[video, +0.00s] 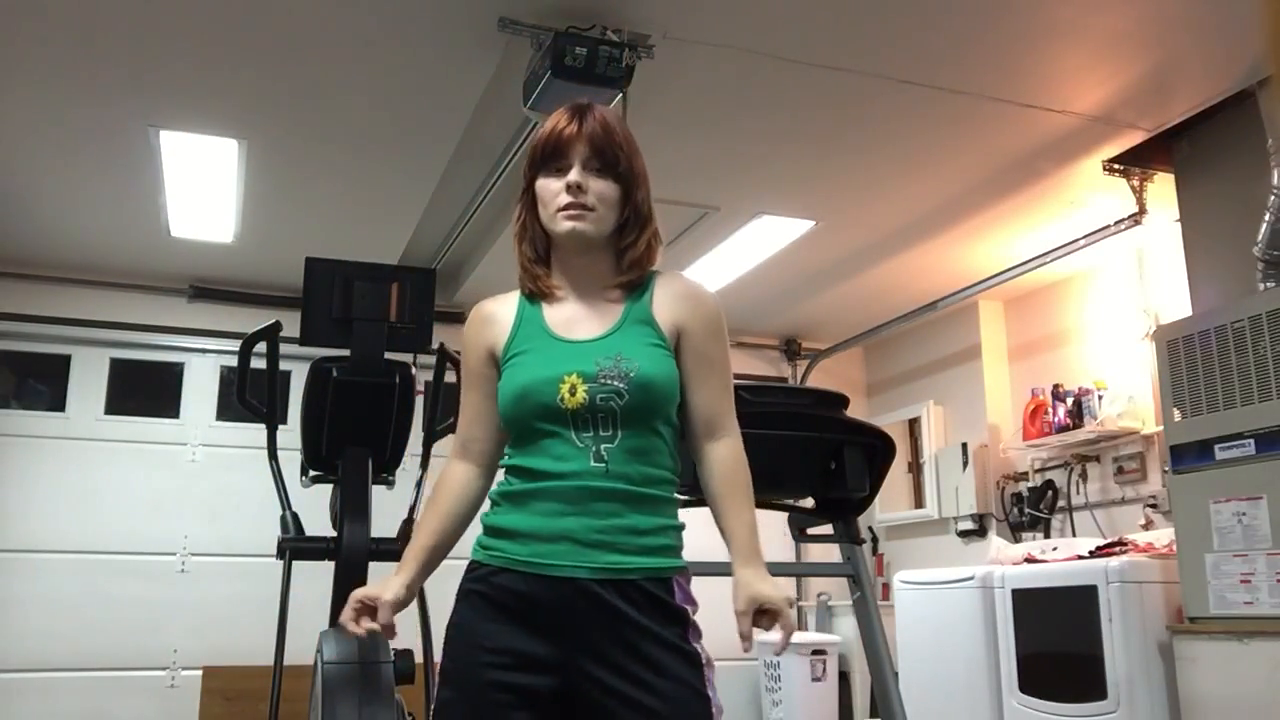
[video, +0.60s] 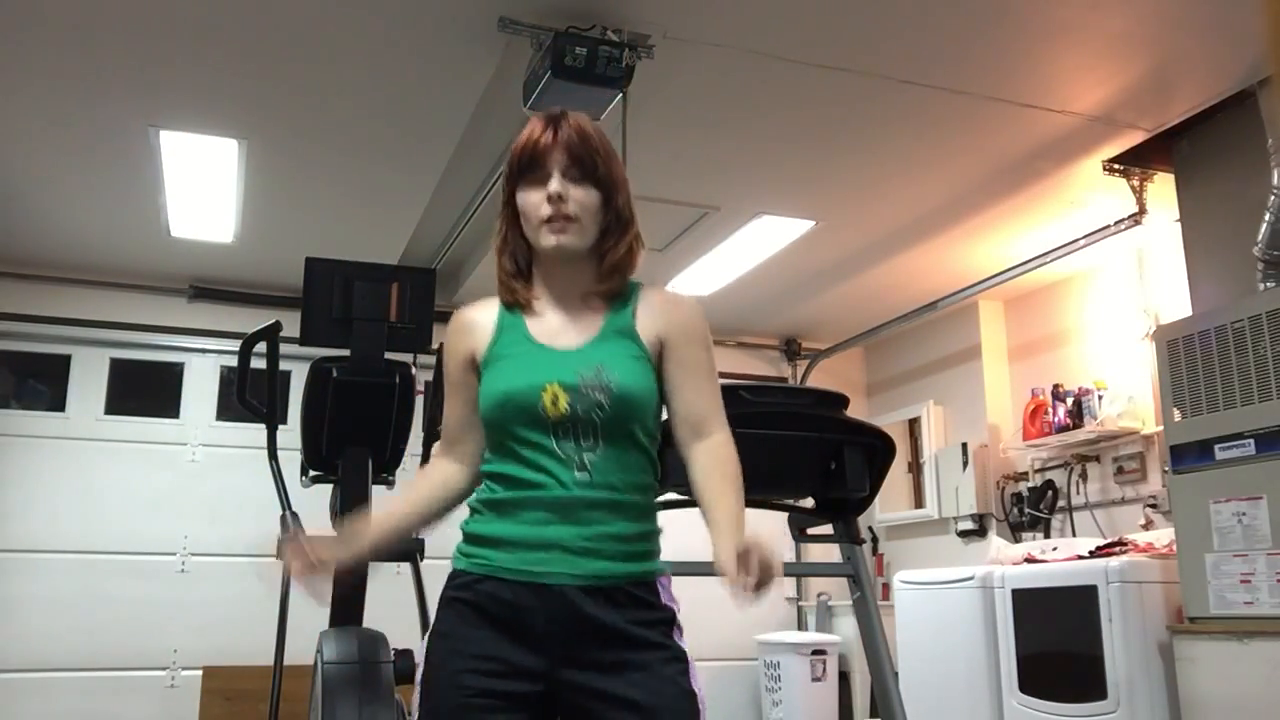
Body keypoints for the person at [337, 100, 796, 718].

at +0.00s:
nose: (575, 181)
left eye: (598, 168)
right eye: (556, 167)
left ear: (628, 195)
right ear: (533, 194)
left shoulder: (681, 305)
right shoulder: (493, 320)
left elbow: (716, 439)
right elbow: (470, 460)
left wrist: (749, 566)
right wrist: (404, 577)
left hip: (641, 609)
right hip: (504, 605)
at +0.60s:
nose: (556, 195)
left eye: (577, 178)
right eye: (536, 180)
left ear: (608, 199)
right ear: (515, 202)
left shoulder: (667, 317)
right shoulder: (476, 326)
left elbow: (705, 435)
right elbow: (454, 459)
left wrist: (730, 539)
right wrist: (349, 543)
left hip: (624, 622)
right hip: (488, 617)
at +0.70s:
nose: (562, 216)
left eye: (583, 200)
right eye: (542, 202)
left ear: (615, 221)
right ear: (519, 228)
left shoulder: (671, 322)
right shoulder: (488, 344)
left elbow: (717, 420)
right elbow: (425, 465)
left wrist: (739, 474)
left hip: (631, 629)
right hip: (498, 618)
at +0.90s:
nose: (603, 176)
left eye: (627, 159)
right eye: (584, 160)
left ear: (656, 179)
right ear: (561, 180)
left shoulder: (692, 268)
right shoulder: (529, 282)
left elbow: (751, 365)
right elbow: (436, 339)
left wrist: (775, 471)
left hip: (669, 570)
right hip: (545, 572)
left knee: (710, 710)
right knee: (517, 708)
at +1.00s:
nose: (626, 192)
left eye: (650, 177)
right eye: (610, 173)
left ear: (679, 199)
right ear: (584, 190)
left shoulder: (716, 292)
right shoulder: (556, 299)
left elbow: (768, 412)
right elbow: (487, 322)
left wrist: (799, 542)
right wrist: (530, 206)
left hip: (698, 591)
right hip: (582, 595)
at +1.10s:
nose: (651, 223)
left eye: (673, 207)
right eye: (634, 204)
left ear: (703, 226)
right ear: (611, 221)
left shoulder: (740, 323)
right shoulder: (593, 333)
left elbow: (789, 461)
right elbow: (545, 342)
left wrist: (827, 597)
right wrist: (588, 246)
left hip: (741, 617)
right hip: (624, 629)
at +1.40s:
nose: (689, 214)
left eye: (711, 198)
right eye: (669, 198)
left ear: (741, 215)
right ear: (647, 215)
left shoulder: (794, 317)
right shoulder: (611, 305)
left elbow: (838, 452)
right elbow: (596, 348)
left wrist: (893, 586)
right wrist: (629, 346)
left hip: (779, 602)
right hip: (649, 609)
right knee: (591, 709)